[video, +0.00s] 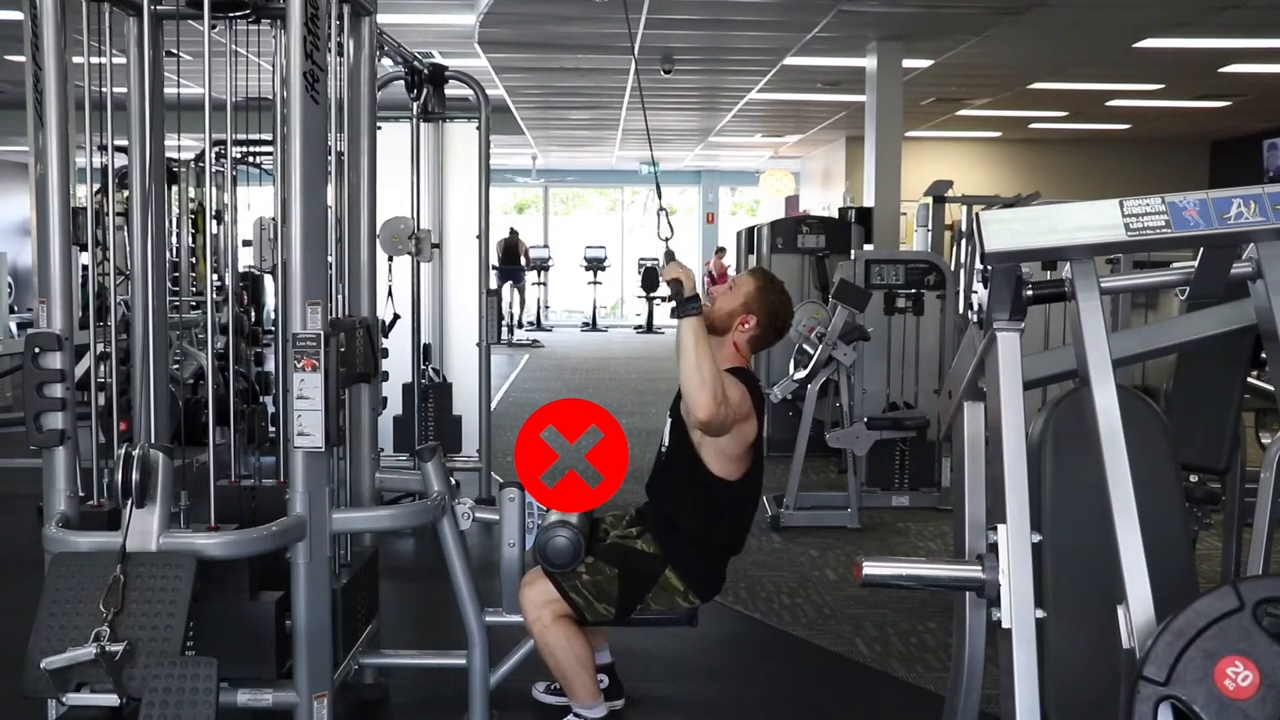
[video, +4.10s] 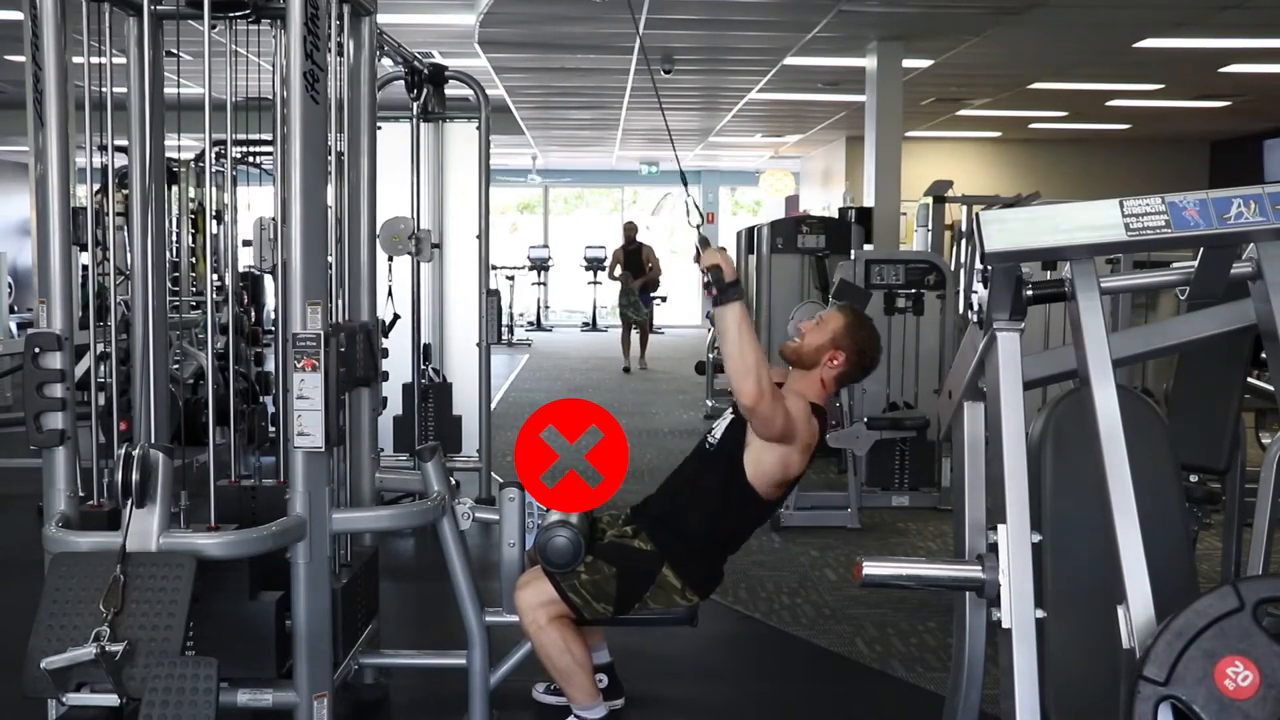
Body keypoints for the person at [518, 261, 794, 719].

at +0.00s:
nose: (717, 286)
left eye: (730, 287)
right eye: (726, 281)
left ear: (743, 324)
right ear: (744, 327)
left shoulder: (737, 389)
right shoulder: (721, 371)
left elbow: (706, 411)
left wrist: (688, 302)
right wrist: (714, 289)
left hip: (678, 562)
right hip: (658, 529)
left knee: (539, 594)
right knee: (555, 543)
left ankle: (589, 712)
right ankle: (596, 674)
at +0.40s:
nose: (711, 279)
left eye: (723, 279)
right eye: (721, 274)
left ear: (738, 316)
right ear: (738, 320)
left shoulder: (717, 379)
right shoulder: (711, 360)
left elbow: (683, 332)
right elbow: (688, 322)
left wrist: (665, 225)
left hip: (676, 563)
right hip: (654, 530)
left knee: (536, 596)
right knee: (552, 549)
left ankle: (589, 709)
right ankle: (595, 672)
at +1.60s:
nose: (781, 308)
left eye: (796, 308)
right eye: (793, 301)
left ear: (812, 343)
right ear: (811, 345)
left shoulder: (782, 407)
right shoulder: (766, 378)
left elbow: (739, 398)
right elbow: (730, 366)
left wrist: (718, 288)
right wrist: (717, 290)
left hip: (671, 563)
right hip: (651, 529)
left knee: (533, 597)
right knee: (551, 544)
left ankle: (588, 711)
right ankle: (598, 674)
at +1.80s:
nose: (803, 326)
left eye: (818, 327)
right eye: (814, 320)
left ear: (835, 363)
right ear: (832, 364)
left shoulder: (807, 427)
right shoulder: (785, 394)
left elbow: (771, 480)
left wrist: (750, 375)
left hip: (676, 564)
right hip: (654, 526)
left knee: (534, 597)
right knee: (551, 544)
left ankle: (590, 713)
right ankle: (595, 672)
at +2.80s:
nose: (802, 324)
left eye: (818, 324)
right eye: (814, 317)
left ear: (831, 360)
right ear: (828, 360)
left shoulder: (799, 415)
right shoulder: (782, 384)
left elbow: (750, 398)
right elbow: (723, 361)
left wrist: (726, 293)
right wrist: (715, 292)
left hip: (676, 560)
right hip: (658, 527)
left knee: (535, 596)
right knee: (550, 548)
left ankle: (590, 711)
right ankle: (596, 673)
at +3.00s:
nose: (766, 301)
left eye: (782, 302)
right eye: (777, 296)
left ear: (796, 337)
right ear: (794, 339)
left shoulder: (760, 389)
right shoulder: (751, 373)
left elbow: (714, 330)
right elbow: (711, 321)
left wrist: (691, 228)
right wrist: (689, 235)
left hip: (669, 560)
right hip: (649, 528)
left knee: (532, 598)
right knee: (544, 559)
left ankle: (590, 711)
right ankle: (594, 670)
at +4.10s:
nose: (801, 324)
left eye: (816, 324)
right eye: (813, 318)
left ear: (831, 359)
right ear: (830, 361)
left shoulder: (797, 421)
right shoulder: (785, 385)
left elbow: (753, 396)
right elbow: (743, 366)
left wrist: (726, 290)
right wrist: (725, 290)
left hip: (672, 563)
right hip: (653, 527)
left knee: (533, 596)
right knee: (551, 546)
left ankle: (590, 711)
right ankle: (596, 672)